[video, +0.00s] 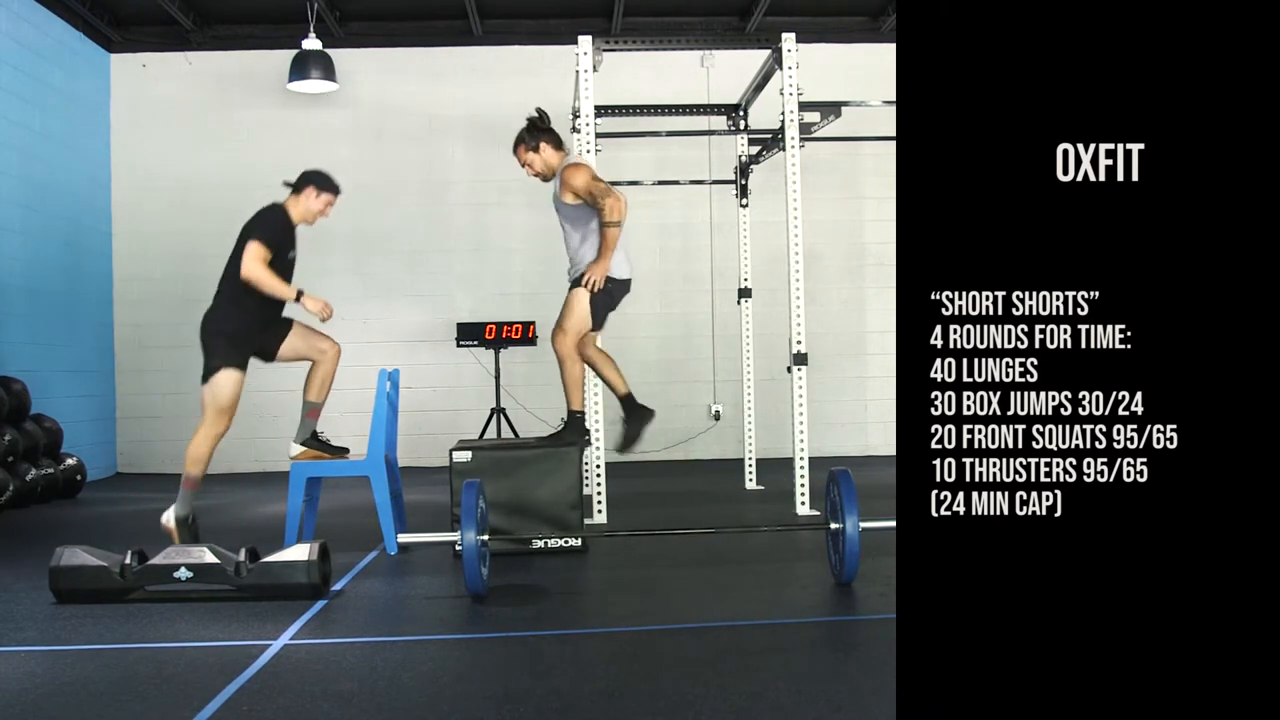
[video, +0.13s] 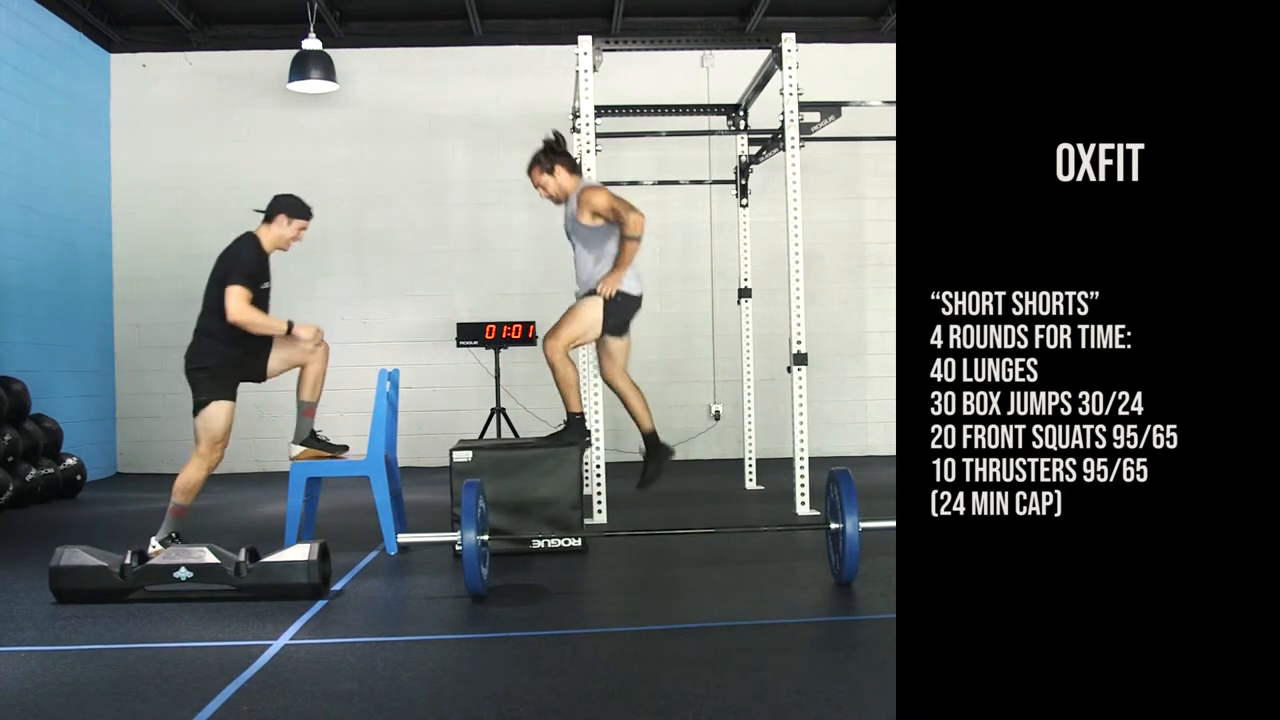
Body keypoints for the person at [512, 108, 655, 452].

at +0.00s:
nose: (529, 172)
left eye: (527, 163)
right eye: (525, 167)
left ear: (545, 148)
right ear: (546, 149)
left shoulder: (572, 174)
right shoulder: (573, 173)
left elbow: (613, 202)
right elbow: (616, 201)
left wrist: (603, 260)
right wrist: (599, 259)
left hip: (597, 275)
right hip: (604, 275)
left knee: (563, 340)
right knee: (585, 345)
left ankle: (575, 424)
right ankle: (634, 409)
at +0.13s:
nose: (541, 193)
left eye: (541, 185)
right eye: (538, 188)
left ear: (560, 171)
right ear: (558, 173)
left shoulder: (590, 195)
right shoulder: (576, 203)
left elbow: (634, 219)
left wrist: (617, 271)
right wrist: (596, 282)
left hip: (613, 293)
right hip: (615, 294)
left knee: (554, 345)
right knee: (614, 373)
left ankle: (575, 426)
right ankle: (654, 446)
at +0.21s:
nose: (552, 216)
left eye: (553, 208)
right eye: (549, 211)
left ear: (571, 196)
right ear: (570, 199)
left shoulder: (602, 221)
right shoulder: (584, 230)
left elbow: (648, 244)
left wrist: (623, 293)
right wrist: (600, 306)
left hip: (622, 319)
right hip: (623, 320)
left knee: (552, 347)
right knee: (631, 403)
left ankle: (574, 426)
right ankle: (658, 477)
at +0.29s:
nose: (564, 248)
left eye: (565, 240)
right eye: (561, 242)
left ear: (584, 229)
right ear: (582, 231)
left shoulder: (613, 253)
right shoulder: (595, 263)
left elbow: (661, 271)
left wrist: (634, 321)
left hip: (632, 353)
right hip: (636, 356)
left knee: (556, 347)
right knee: (639, 435)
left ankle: (574, 426)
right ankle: (671, 510)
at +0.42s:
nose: (573, 274)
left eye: (573, 265)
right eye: (569, 268)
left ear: (590, 252)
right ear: (589, 253)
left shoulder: (624, 267)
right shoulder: (608, 281)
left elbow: (672, 280)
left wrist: (653, 329)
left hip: (649, 367)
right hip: (639, 374)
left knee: (580, 341)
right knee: (638, 447)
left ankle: (578, 423)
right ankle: (675, 515)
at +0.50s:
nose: (578, 268)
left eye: (578, 259)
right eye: (574, 263)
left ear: (595, 245)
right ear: (595, 246)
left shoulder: (625, 260)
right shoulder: (609, 274)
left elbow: (672, 270)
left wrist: (654, 316)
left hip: (657, 357)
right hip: (645, 368)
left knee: (594, 340)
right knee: (646, 440)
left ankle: (595, 423)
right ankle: (676, 516)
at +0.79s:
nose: (570, 278)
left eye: (571, 270)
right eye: (567, 273)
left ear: (587, 258)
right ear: (587, 259)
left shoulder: (616, 272)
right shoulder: (608, 284)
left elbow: (666, 279)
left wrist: (666, 334)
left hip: (671, 359)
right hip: (669, 362)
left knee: (636, 428)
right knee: (654, 436)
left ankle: (689, 492)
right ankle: (676, 510)